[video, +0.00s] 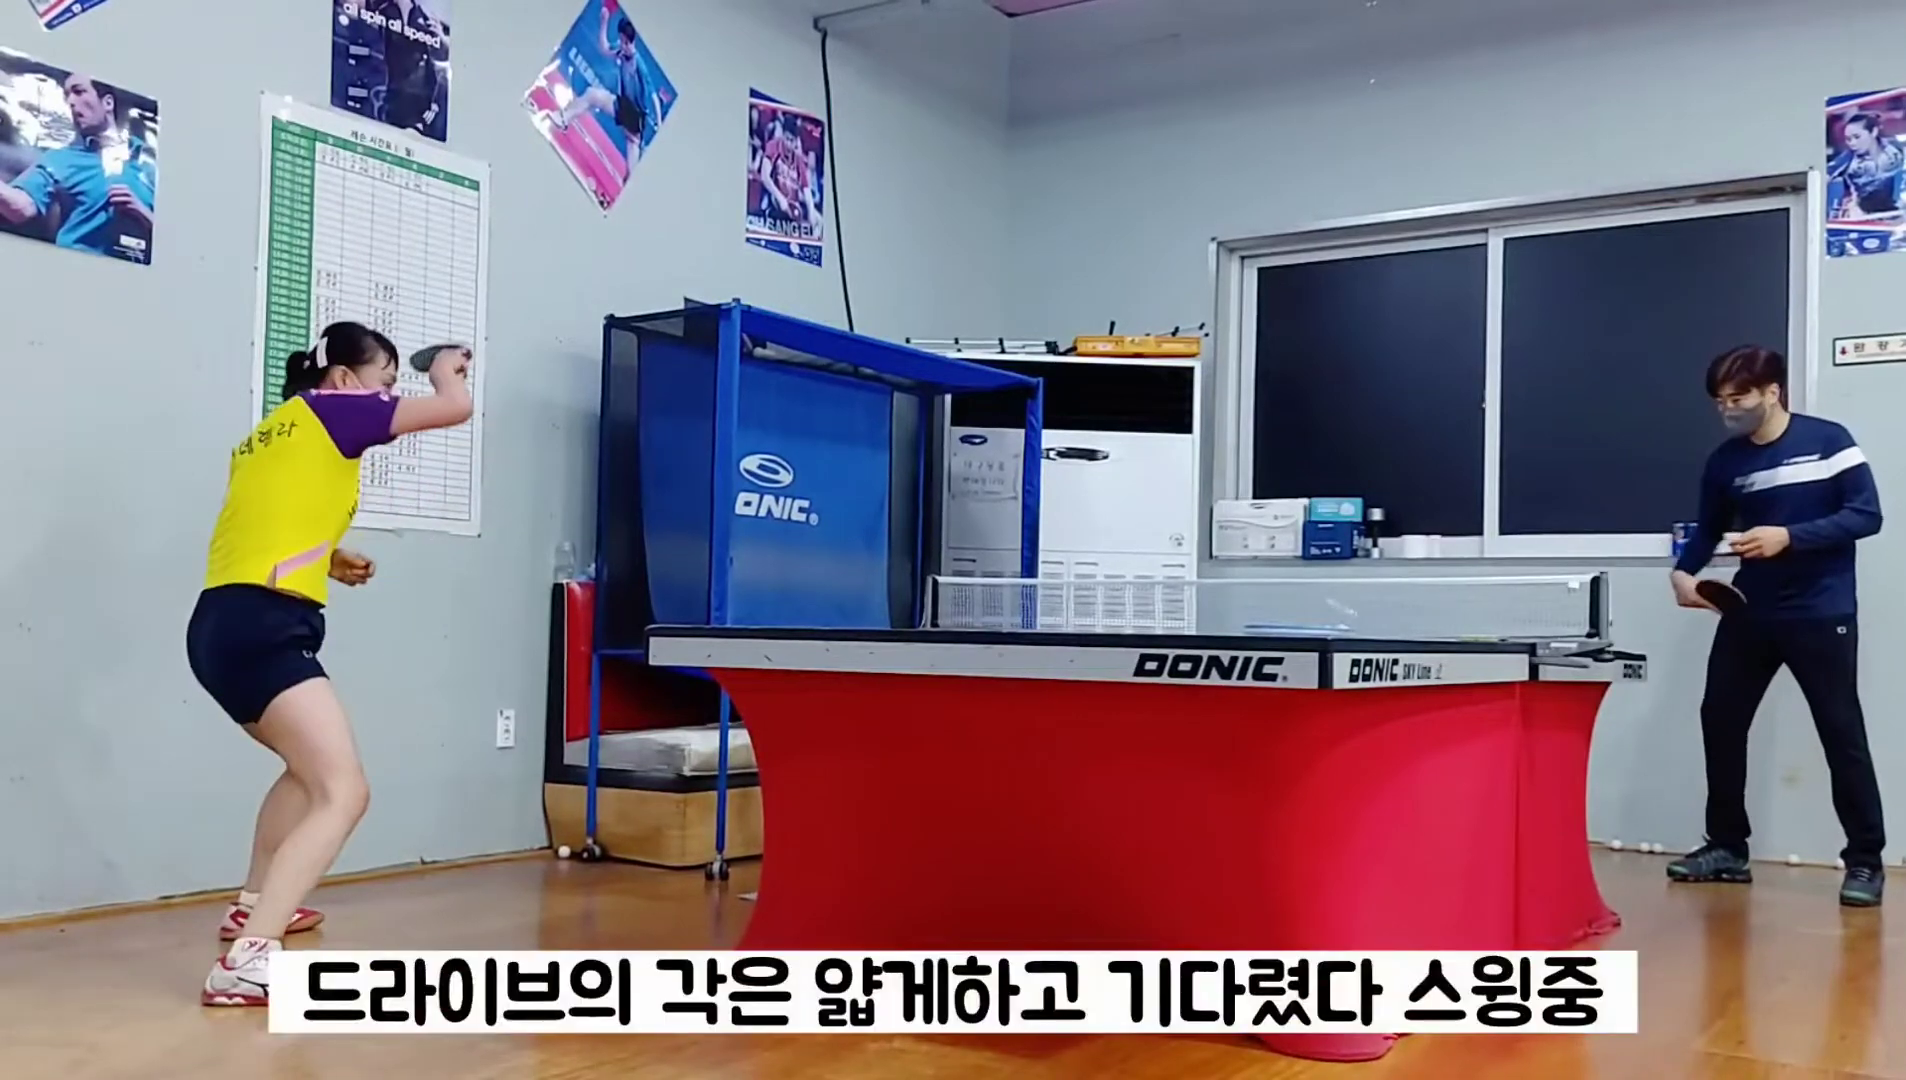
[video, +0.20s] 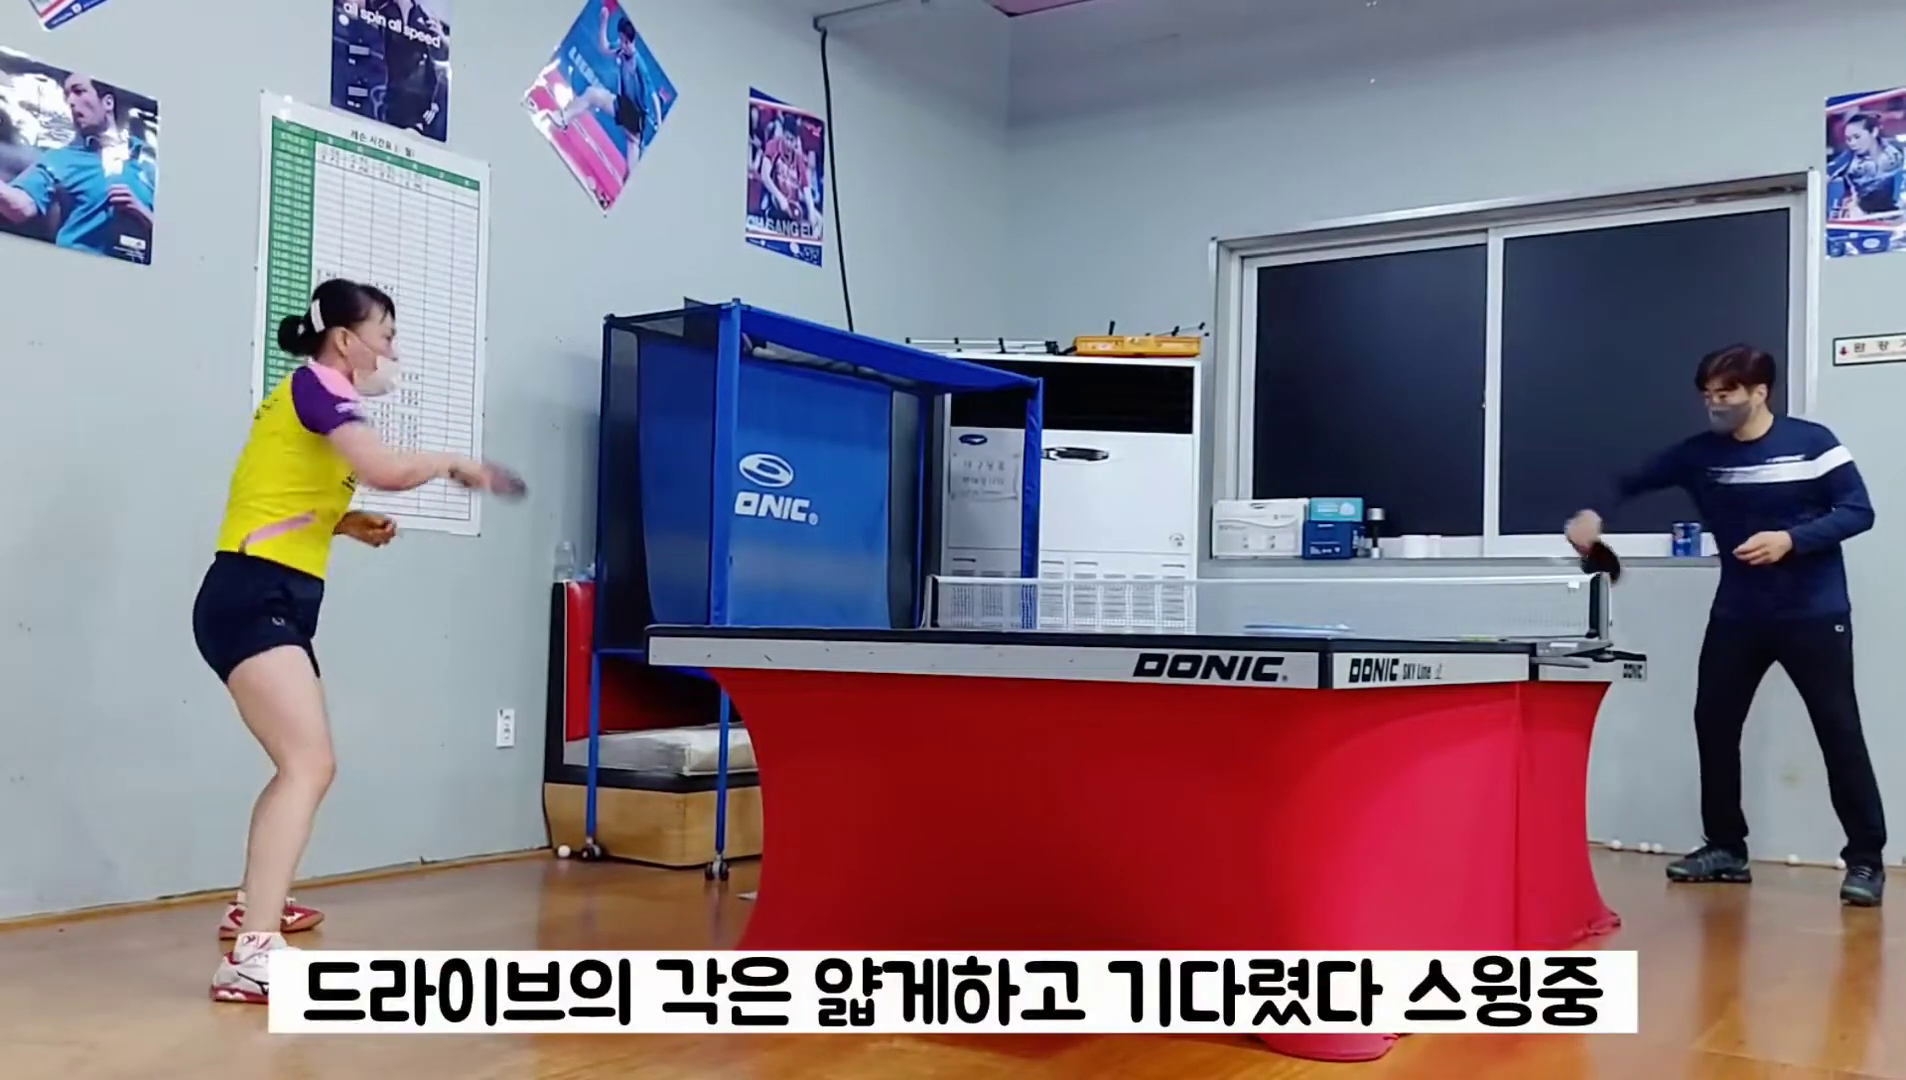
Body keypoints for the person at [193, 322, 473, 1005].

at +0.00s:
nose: (388, 395)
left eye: (389, 385)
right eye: (383, 382)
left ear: (324, 376)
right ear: (344, 374)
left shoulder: (267, 432)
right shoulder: (336, 410)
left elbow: (262, 517)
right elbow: (456, 408)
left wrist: (328, 555)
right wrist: (448, 370)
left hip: (216, 626)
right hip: (262, 624)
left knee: (310, 774)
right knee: (344, 794)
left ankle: (255, 902)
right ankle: (248, 958)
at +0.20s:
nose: (393, 350)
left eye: (392, 338)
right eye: (384, 337)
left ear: (341, 342)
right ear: (344, 338)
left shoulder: (311, 398)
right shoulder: (315, 386)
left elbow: (280, 496)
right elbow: (385, 468)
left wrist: (347, 522)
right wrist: (454, 463)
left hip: (271, 600)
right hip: (252, 599)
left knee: (305, 764)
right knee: (308, 765)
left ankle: (255, 904)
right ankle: (253, 951)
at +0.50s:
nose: (387, 412)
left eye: (388, 399)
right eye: (374, 399)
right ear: (326, 409)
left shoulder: (396, 484)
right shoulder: (254, 475)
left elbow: (401, 571)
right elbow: (165, 554)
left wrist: (371, 585)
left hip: (331, 661)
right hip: (246, 645)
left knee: (350, 820)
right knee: (313, 760)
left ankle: (251, 901)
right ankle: (260, 952)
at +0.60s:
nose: (382, 419)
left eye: (385, 405)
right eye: (368, 405)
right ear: (319, 413)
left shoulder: (397, 485)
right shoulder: (250, 478)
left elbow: (405, 580)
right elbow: (163, 544)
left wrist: (354, 589)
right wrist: (60, 559)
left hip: (334, 664)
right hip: (251, 648)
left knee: (349, 823)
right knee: (314, 760)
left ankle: (256, 898)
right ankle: (259, 955)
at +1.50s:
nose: (411, 414)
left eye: (413, 400)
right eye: (398, 399)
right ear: (349, 408)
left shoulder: (420, 480)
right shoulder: (281, 479)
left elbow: (431, 570)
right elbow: (189, 559)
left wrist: (404, 586)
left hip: (361, 664)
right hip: (277, 649)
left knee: (372, 834)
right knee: (360, 767)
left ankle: (267, 902)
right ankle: (304, 959)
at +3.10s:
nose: (397, 369)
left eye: (398, 356)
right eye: (390, 352)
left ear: (336, 350)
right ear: (349, 343)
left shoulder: (288, 404)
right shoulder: (334, 388)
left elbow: (279, 491)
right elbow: (434, 446)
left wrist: (341, 537)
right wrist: (482, 439)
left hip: (242, 606)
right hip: (268, 608)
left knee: (306, 773)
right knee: (334, 784)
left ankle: (261, 908)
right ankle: (253, 965)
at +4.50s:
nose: (382, 423)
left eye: (385, 410)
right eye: (366, 411)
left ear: (389, 416)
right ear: (318, 425)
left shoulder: (396, 493)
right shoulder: (250, 492)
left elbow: (399, 579)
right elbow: (153, 560)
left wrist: (359, 610)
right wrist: (50, 587)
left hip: (333, 671)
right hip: (249, 656)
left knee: (346, 821)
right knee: (303, 765)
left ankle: (255, 896)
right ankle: (247, 948)